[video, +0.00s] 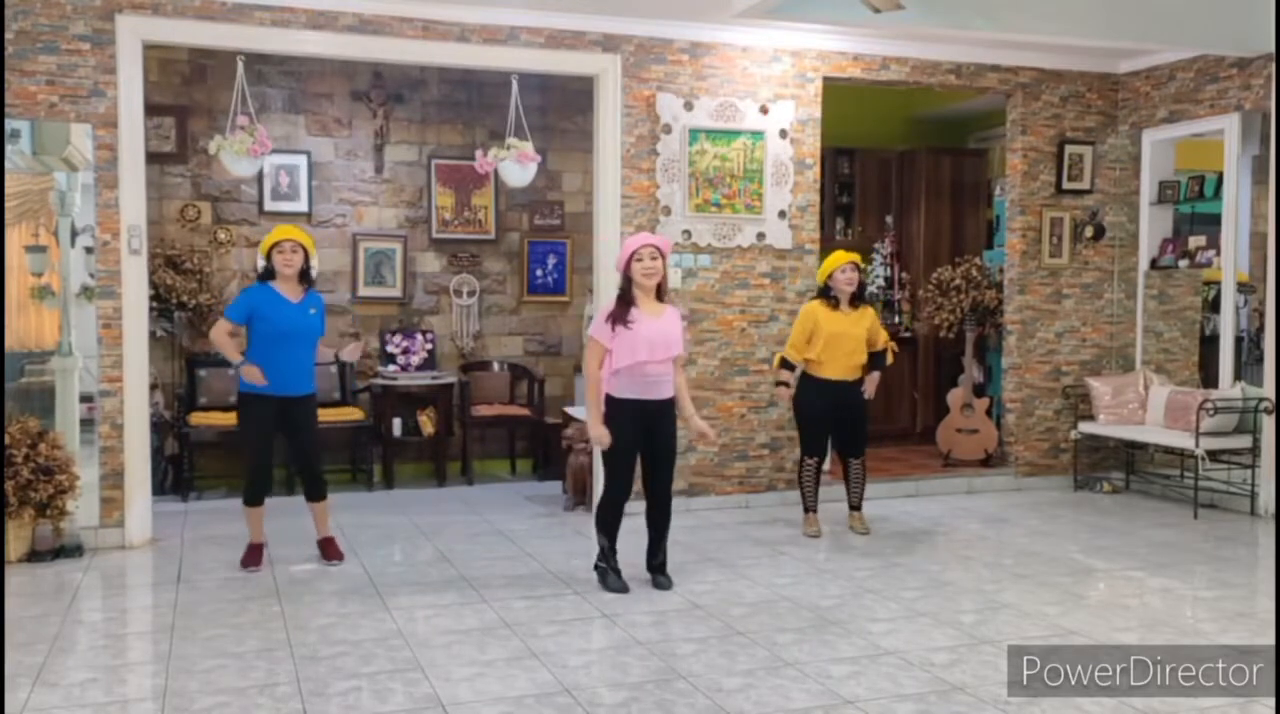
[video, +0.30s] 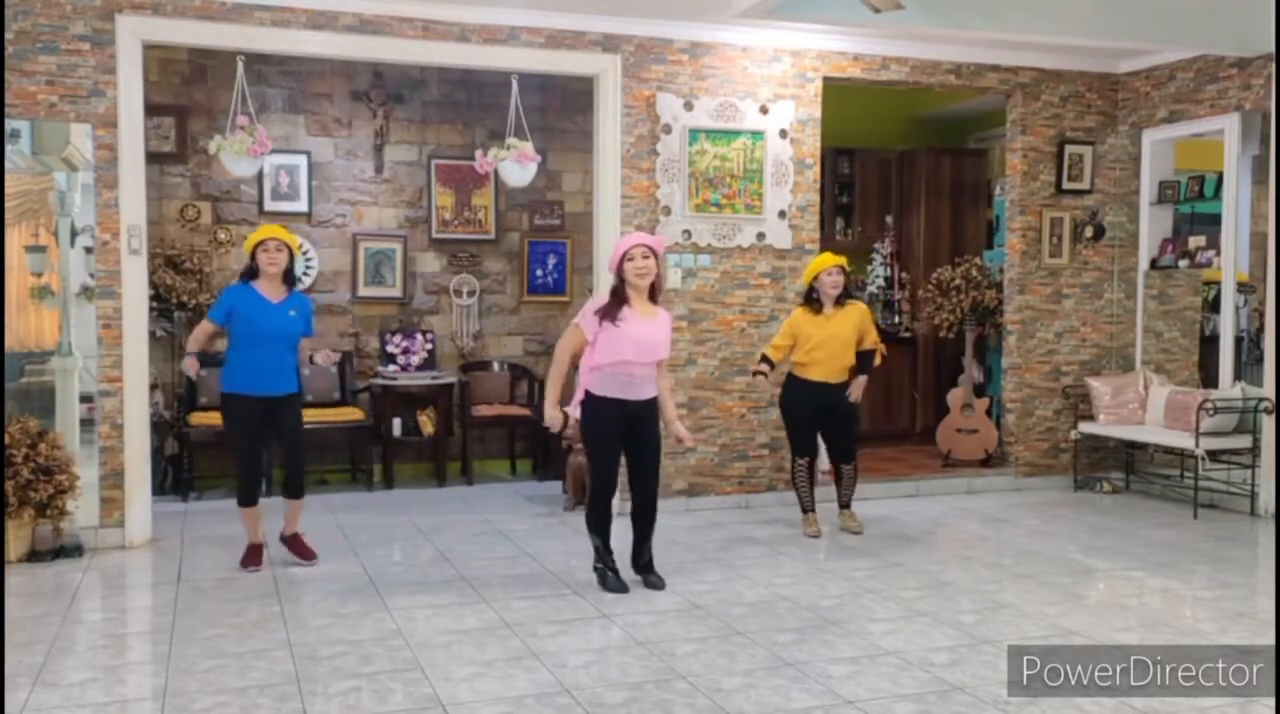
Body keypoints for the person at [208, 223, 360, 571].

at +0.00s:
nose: (288, 257)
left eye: (295, 251)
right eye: (281, 251)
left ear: (305, 259)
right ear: (271, 258)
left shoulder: (314, 301)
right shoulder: (255, 295)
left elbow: (313, 350)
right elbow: (218, 332)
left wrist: (340, 354)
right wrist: (242, 363)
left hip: (301, 397)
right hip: (258, 397)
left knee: (311, 466)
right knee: (258, 469)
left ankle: (325, 536)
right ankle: (256, 541)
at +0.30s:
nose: (272, 255)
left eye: (279, 249)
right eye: (265, 249)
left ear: (290, 258)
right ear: (254, 257)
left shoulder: (301, 303)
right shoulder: (236, 295)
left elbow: (303, 350)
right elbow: (204, 330)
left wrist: (317, 355)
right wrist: (191, 353)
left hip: (286, 397)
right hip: (242, 396)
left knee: (296, 462)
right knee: (249, 467)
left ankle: (291, 533)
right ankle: (255, 541)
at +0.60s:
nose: (266, 254)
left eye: (272, 249)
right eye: (259, 249)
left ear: (283, 257)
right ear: (248, 257)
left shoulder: (298, 302)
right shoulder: (231, 297)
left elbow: (304, 347)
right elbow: (214, 341)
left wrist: (316, 351)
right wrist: (190, 343)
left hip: (282, 398)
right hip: (239, 397)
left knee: (284, 467)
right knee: (246, 468)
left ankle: (278, 537)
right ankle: (254, 541)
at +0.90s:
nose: (271, 255)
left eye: (278, 250)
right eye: (264, 249)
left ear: (288, 258)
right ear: (253, 257)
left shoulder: (307, 298)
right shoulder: (236, 300)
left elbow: (318, 345)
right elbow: (226, 348)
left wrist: (312, 350)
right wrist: (198, 332)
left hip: (290, 397)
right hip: (246, 396)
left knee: (305, 465)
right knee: (249, 470)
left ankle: (324, 533)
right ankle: (255, 542)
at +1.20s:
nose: (294, 257)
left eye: (300, 251)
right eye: (287, 251)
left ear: (310, 259)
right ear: (274, 259)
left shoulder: (330, 294)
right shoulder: (264, 304)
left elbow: (349, 333)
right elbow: (257, 353)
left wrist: (343, 352)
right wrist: (224, 348)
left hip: (324, 395)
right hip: (279, 396)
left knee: (327, 466)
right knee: (269, 467)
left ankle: (335, 539)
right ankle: (257, 540)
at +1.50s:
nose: (314, 257)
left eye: (320, 252)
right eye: (307, 252)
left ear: (329, 260)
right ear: (295, 260)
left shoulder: (347, 294)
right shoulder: (281, 307)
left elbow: (368, 332)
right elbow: (277, 355)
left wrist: (384, 343)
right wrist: (271, 369)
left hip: (341, 396)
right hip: (299, 398)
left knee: (339, 466)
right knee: (299, 466)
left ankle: (336, 538)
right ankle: (299, 531)